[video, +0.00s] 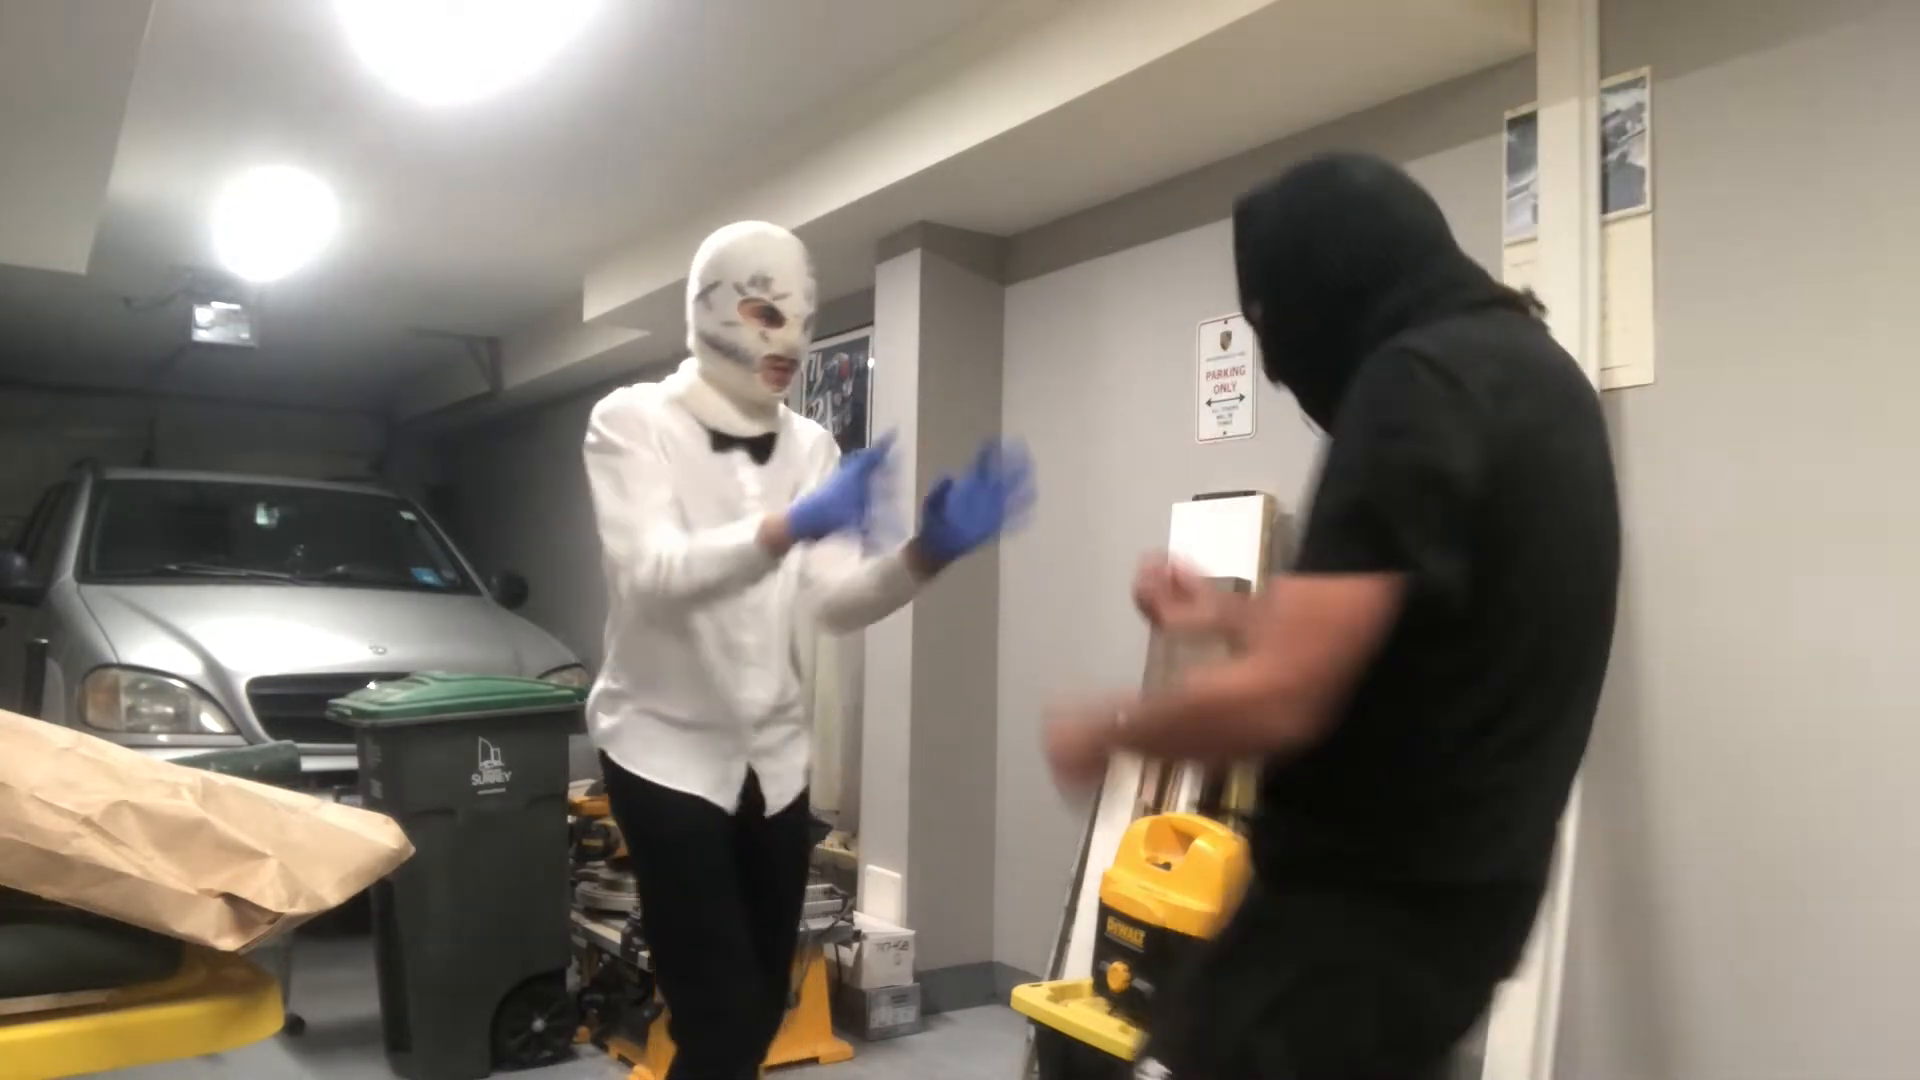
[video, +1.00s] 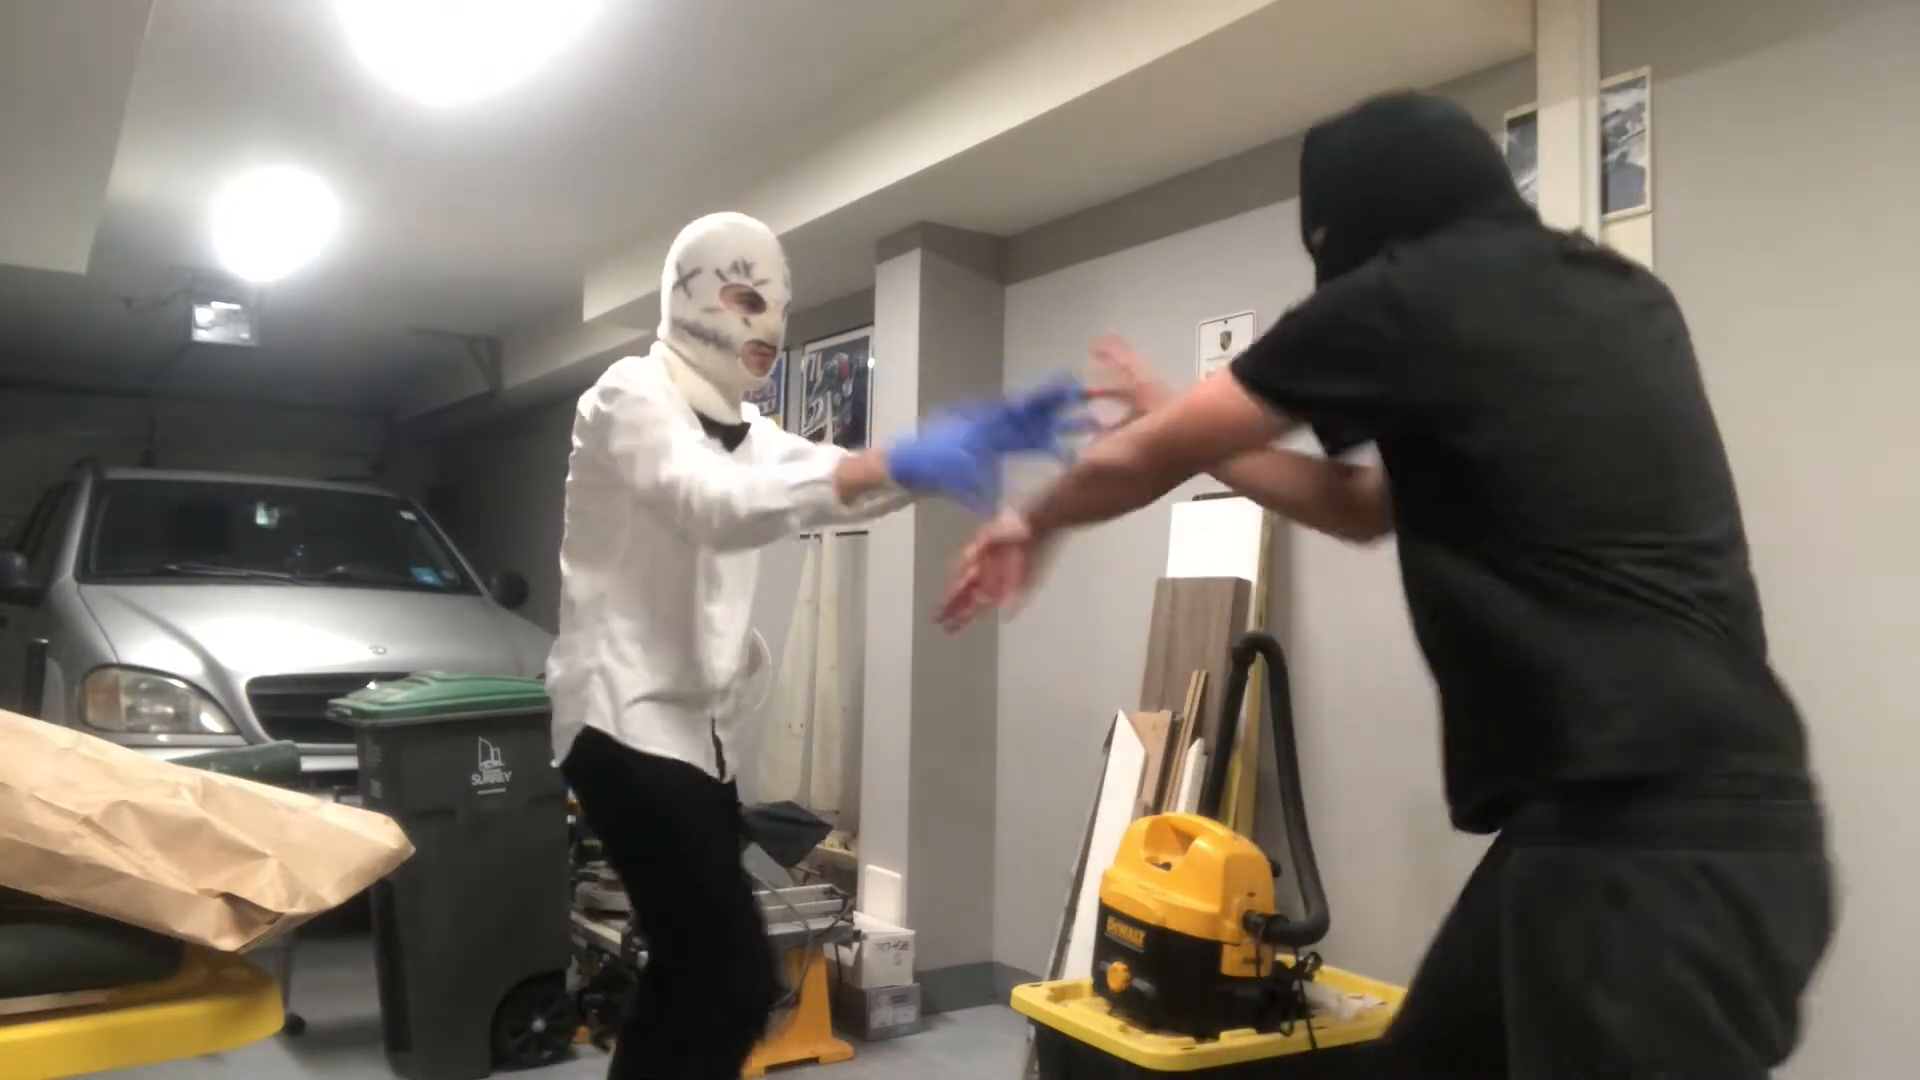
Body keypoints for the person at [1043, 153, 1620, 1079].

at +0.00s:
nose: (1265, 351)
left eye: (1265, 314)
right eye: (1256, 320)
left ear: (1319, 286)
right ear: (1397, 254)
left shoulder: (1415, 385)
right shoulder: (1540, 377)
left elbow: (1282, 696)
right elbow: (1424, 639)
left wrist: (1111, 730)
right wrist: (1226, 611)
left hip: (1352, 918)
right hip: (1453, 911)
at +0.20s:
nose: (1211, 264)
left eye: (1215, 230)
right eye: (1206, 235)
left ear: (1265, 212)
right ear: (1352, 181)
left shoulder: (1359, 300)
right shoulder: (1467, 282)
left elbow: (1157, 572)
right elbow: (1330, 520)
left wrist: (1065, 539)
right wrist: (1164, 464)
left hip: (1497, 857)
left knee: (1363, 1056)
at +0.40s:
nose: (1251, 242)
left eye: (1250, 203)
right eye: (1241, 211)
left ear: (1309, 171)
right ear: (1347, 162)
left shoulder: (1464, 242)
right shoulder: (1424, 276)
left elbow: (1352, 567)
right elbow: (1225, 363)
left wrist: (1248, 599)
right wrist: (1036, 328)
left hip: (1581, 822)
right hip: (1496, 813)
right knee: (1423, 1057)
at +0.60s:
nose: (1298, 215)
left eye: (1307, 182)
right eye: (1296, 187)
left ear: (1374, 166)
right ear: (1409, 156)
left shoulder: (1517, 261)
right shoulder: (1491, 266)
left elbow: (1297, 529)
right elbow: (1274, 434)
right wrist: (1072, 393)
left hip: (1607, 843)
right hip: (1543, 829)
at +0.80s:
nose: (1316, 220)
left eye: (1321, 190)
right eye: (1313, 195)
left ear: (1372, 170)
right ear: (1467, 153)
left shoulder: (1446, 254)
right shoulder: (1572, 279)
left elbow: (1156, 382)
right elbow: (1332, 497)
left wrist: (988, 402)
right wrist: (1143, 472)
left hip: (1643, 837)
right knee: (1465, 1064)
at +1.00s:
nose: (1316, 257)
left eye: (1320, 229)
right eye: (1315, 234)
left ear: (1360, 212)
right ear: (1476, 189)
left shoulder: (1403, 297)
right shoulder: (1618, 296)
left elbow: (1141, 458)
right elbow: (1361, 503)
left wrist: (1035, 522)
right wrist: (1190, 427)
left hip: (1628, 855)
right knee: (1419, 1068)